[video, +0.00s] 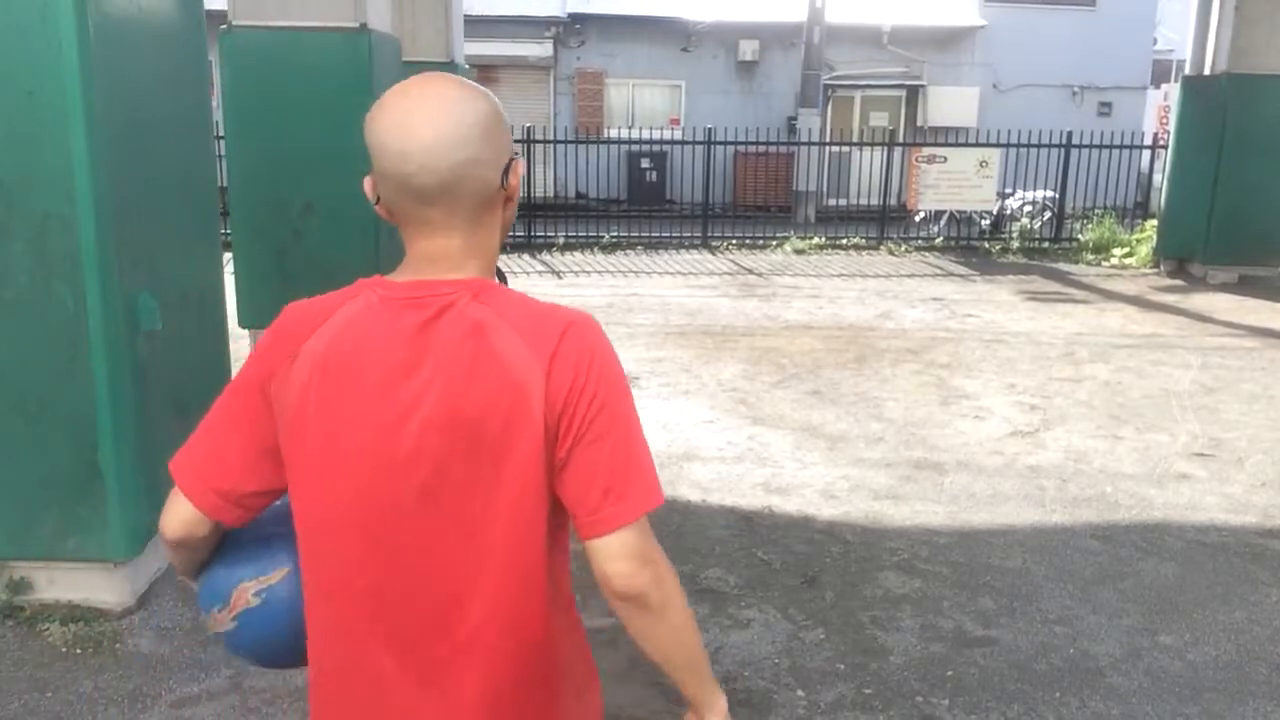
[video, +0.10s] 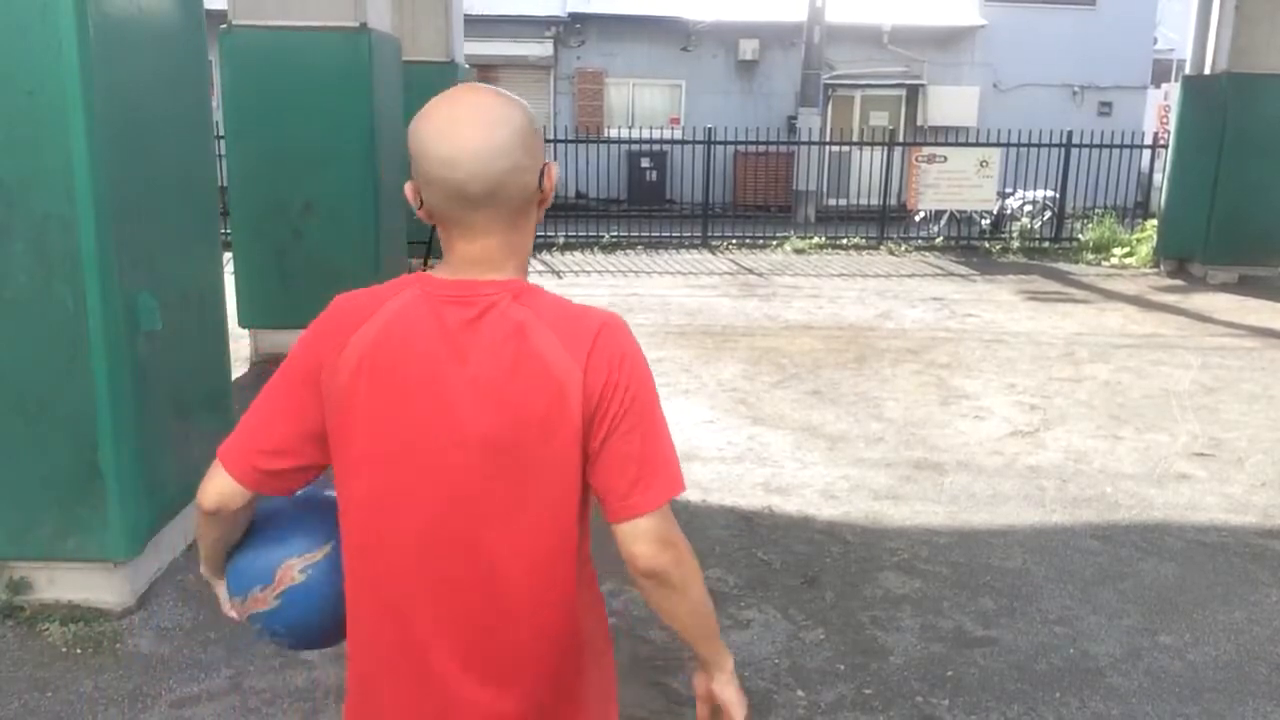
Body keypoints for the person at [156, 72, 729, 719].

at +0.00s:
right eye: (519, 162)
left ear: (376, 196)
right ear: (511, 184)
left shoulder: (302, 336)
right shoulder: (561, 345)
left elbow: (181, 526)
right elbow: (628, 573)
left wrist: (211, 571)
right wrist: (708, 699)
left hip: (352, 704)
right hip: (527, 704)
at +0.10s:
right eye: (554, 165)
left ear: (417, 199)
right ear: (546, 185)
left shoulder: (350, 326)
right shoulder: (593, 342)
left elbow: (221, 497)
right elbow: (649, 547)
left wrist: (213, 566)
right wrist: (715, 663)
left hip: (391, 699)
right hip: (552, 699)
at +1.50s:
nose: (573, 163)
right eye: (574, 156)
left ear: (504, 154)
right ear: (569, 165)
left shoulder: (452, 217)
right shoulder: (581, 243)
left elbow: (401, 311)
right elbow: (590, 361)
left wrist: (447, 343)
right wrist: (555, 373)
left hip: (457, 422)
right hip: (534, 433)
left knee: (445, 532)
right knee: (529, 558)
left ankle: (432, 659)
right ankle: (519, 683)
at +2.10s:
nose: (516, 161)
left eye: (516, 149)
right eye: (514, 148)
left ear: (461, 148)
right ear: (491, 146)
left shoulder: (416, 211)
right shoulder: (493, 212)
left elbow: (406, 305)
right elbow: (512, 314)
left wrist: (507, 291)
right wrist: (573, 307)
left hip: (433, 400)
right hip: (492, 401)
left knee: (444, 511)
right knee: (537, 510)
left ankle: (437, 630)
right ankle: (501, 642)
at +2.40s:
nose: (521, 169)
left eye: (521, 158)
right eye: (519, 157)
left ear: (466, 157)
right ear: (499, 157)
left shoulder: (425, 217)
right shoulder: (498, 224)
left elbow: (427, 300)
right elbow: (517, 323)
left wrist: (515, 280)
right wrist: (572, 314)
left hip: (436, 406)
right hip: (490, 411)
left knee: (459, 502)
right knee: (512, 523)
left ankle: (442, 617)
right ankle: (468, 645)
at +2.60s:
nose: (519, 159)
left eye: (521, 149)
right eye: (519, 148)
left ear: (463, 144)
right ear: (500, 145)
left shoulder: (428, 201)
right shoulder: (501, 212)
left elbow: (460, 262)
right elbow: (546, 302)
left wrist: (520, 224)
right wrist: (593, 249)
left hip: (434, 384)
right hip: (485, 393)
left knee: (470, 481)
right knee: (503, 515)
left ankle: (454, 584)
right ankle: (467, 644)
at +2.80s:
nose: (512, 176)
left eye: (514, 165)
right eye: (512, 163)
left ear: (458, 155)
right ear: (488, 158)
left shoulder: (418, 210)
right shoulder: (480, 220)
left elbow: (418, 280)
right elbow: (503, 318)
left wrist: (499, 262)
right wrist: (585, 328)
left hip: (434, 392)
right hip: (488, 392)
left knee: (463, 497)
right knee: (549, 476)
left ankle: (454, 614)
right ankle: (497, 592)